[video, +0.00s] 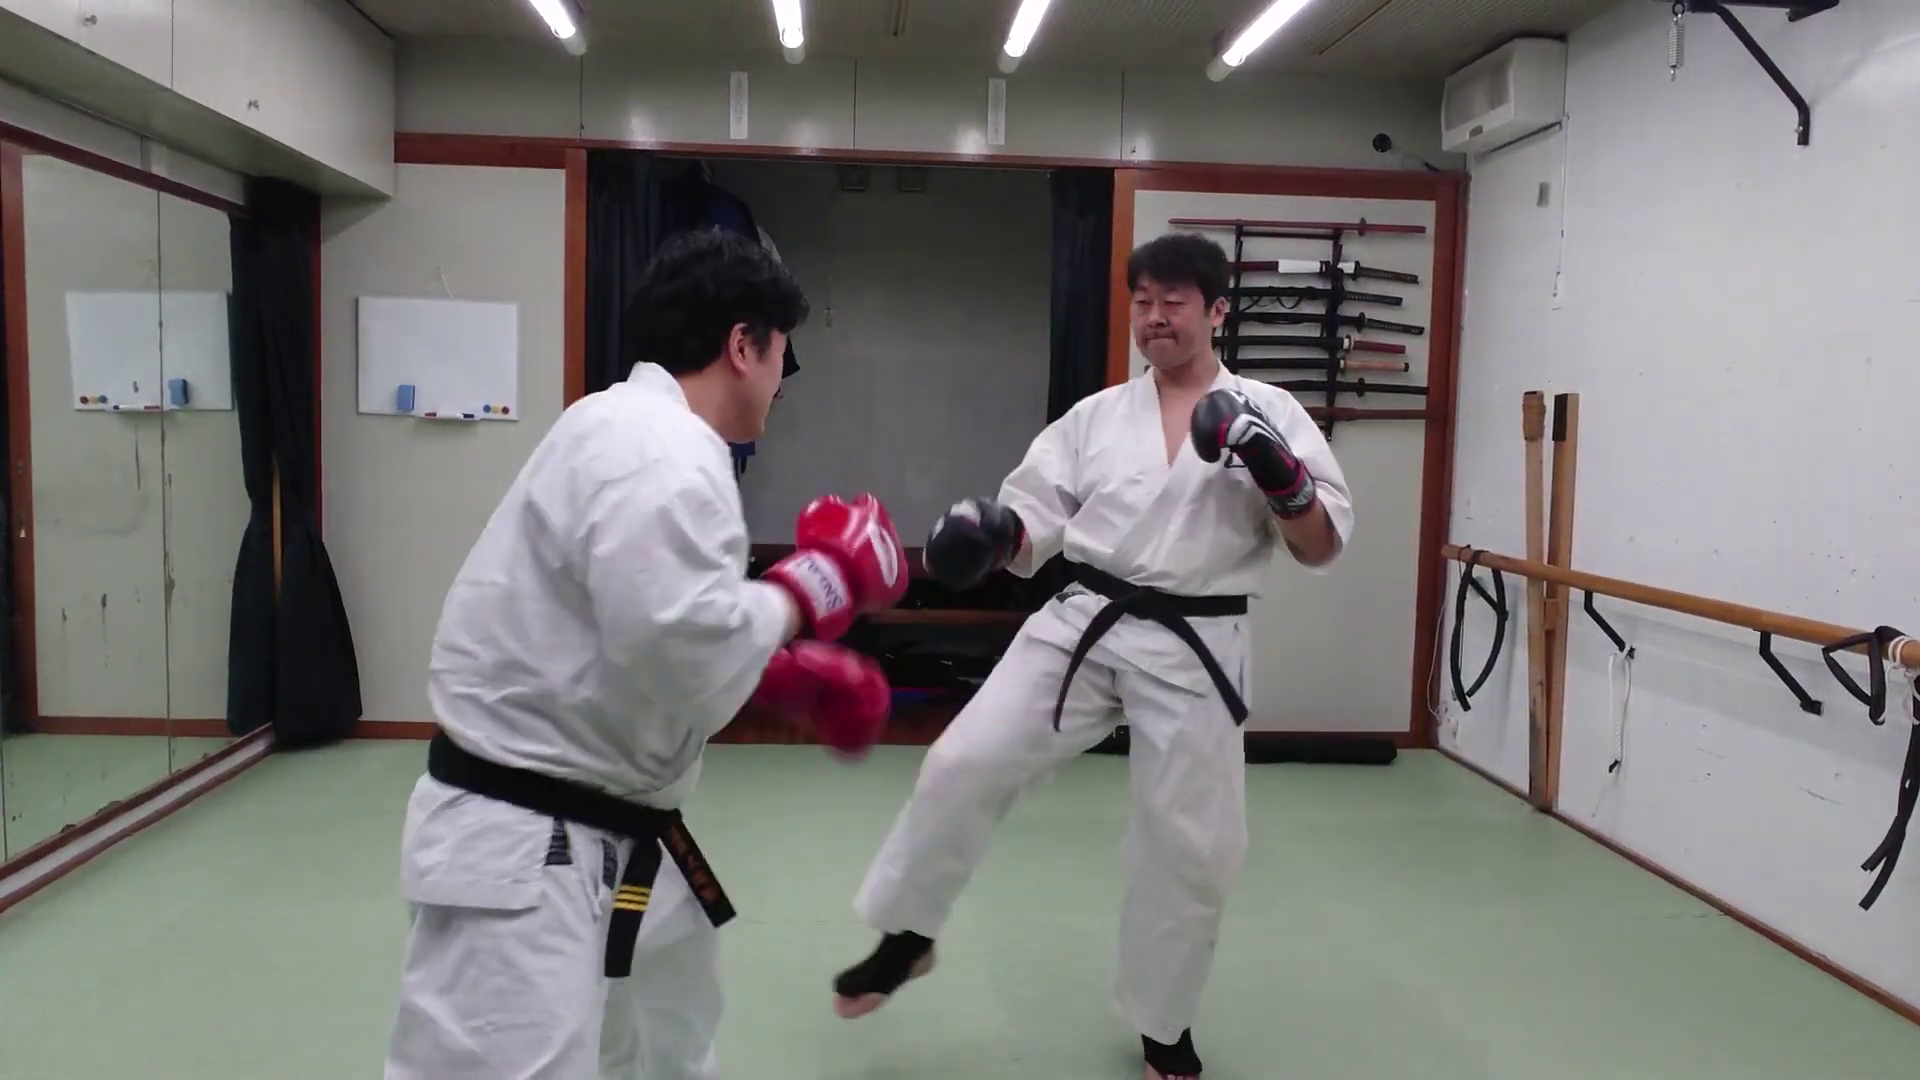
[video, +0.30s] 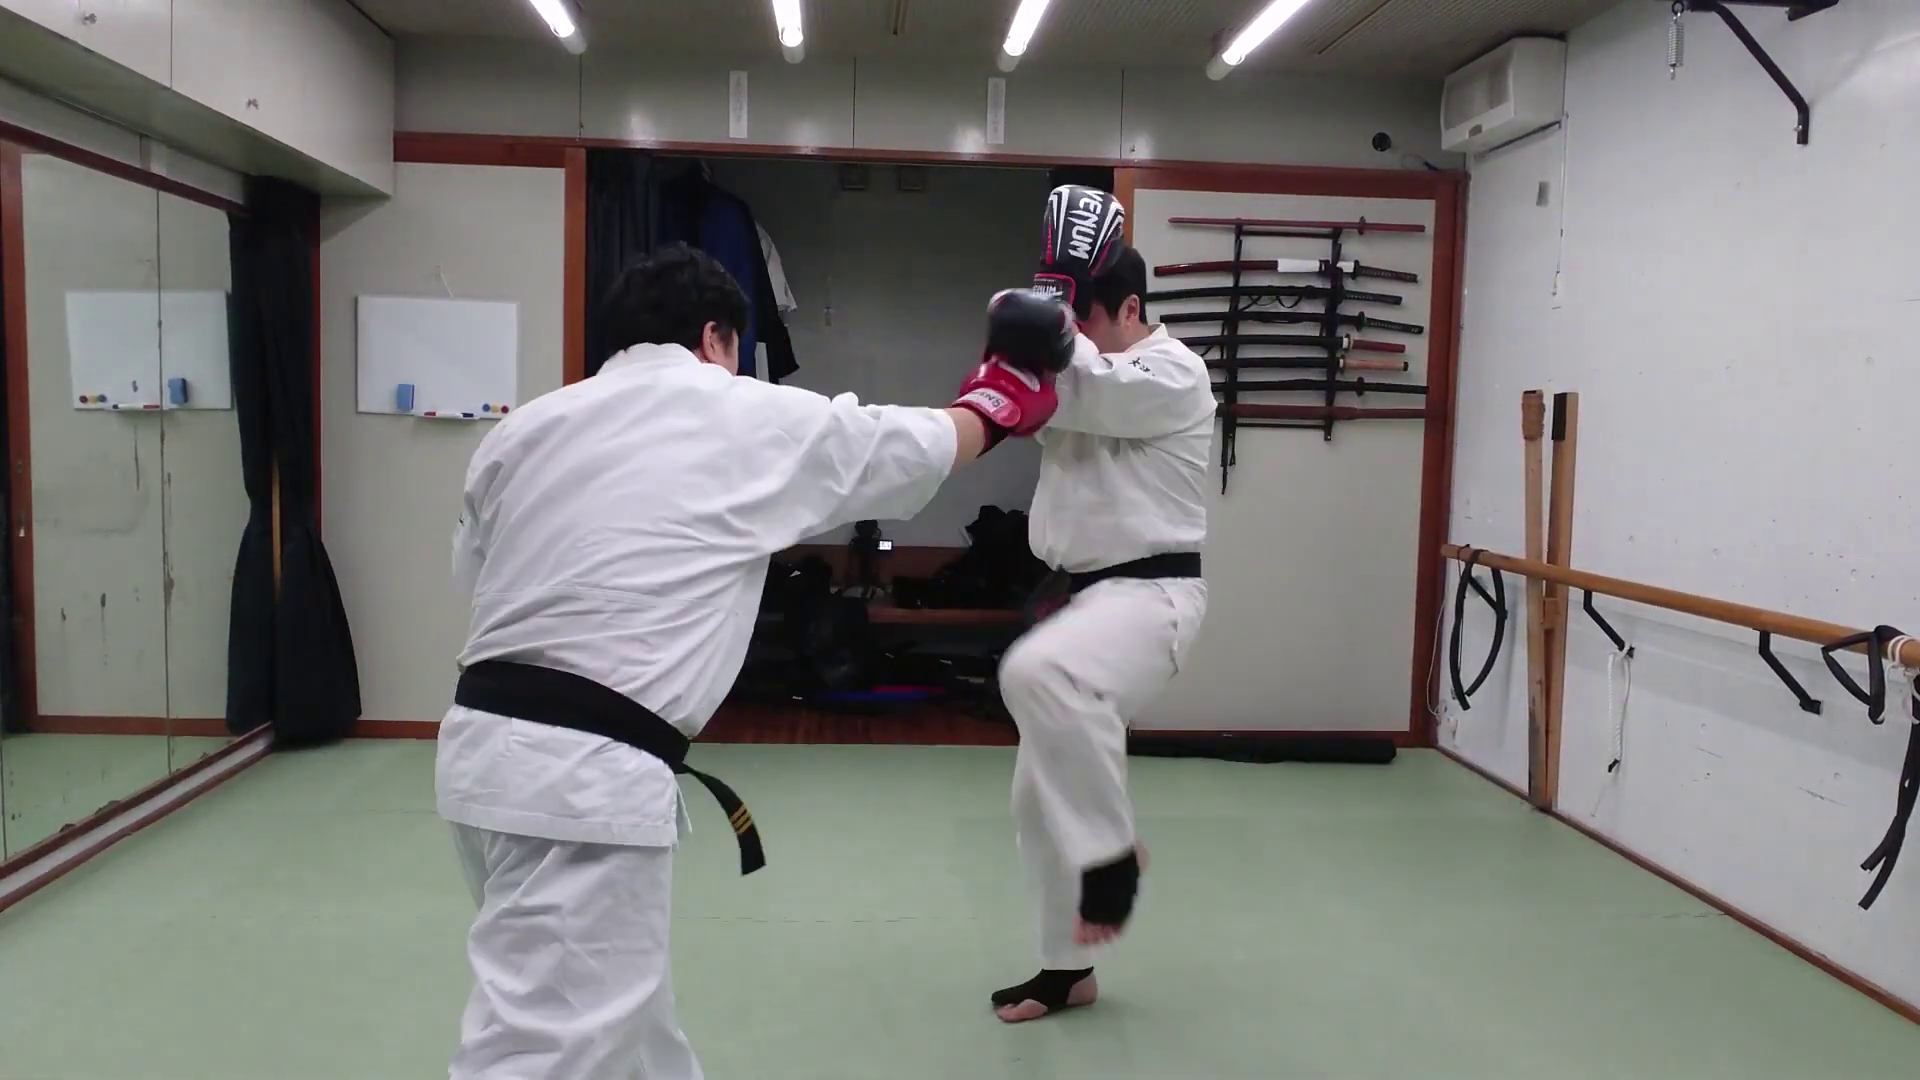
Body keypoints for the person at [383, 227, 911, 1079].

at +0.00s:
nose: (783, 383)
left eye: (787, 359)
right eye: (784, 357)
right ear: (741, 345)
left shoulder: (620, 428)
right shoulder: (659, 454)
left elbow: (641, 642)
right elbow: (684, 645)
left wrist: (780, 678)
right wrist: (818, 579)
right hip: (530, 844)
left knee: (674, 1002)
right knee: (504, 1061)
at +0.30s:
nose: (741, 365)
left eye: (740, 348)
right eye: (737, 345)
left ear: (618, 337)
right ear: (712, 339)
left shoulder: (520, 430)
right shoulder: (741, 415)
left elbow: (476, 577)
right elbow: (924, 441)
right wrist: (1003, 400)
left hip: (472, 766)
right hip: (590, 786)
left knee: (635, 1037)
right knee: (526, 1055)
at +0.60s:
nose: (676, 307)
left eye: (676, 284)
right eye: (675, 283)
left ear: (548, 275)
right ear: (639, 277)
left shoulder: (452, 384)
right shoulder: (660, 377)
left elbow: (424, 560)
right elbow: (722, 559)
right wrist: (754, 457)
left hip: (445, 739)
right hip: (551, 755)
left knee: (619, 1025)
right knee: (524, 1044)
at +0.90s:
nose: (620, 285)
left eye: (624, 259)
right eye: (621, 257)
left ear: (485, 241)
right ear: (578, 246)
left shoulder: (376, 362)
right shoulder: (564, 365)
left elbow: (330, 524)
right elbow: (643, 579)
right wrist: (685, 461)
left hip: (403, 737)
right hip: (494, 760)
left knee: (595, 1001)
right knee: (427, 1047)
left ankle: (620, 1068)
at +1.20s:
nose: (679, 313)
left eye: (682, 288)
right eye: (678, 284)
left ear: (587, 267)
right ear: (633, 275)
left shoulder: (526, 360)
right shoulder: (573, 373)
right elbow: (698, 555)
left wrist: (693, 426)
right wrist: (726, 439)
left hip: (552, 747)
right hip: (462, 747)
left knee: (597, 1014)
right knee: (418, 1043)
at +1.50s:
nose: (633, 315)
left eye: (640, 294)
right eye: (634, 292)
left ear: (539, 274)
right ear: (593, 283)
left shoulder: (489, 357)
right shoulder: (538, 397)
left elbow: (652, 461)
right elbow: (631, 560)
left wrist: (771, 436)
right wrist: (658, 416)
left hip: (493, 729)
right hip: (413, 732)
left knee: (584, 951)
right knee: (336, 1028)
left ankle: (625, 1070)